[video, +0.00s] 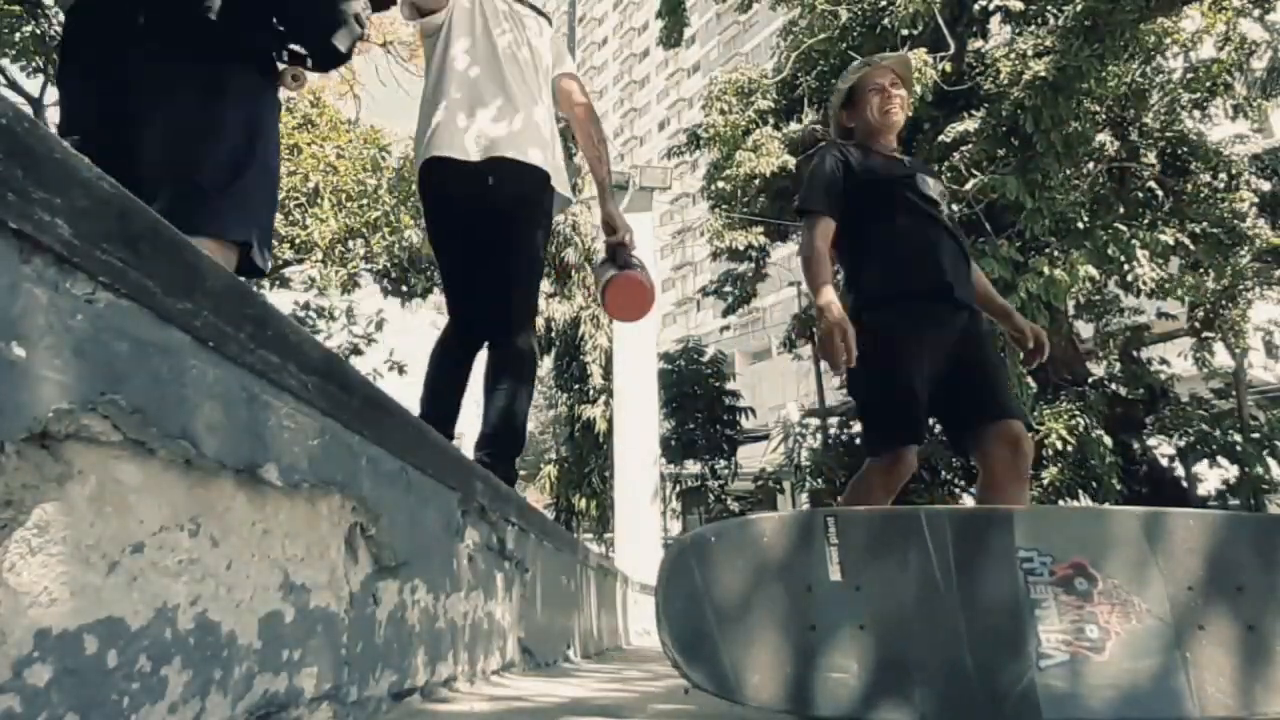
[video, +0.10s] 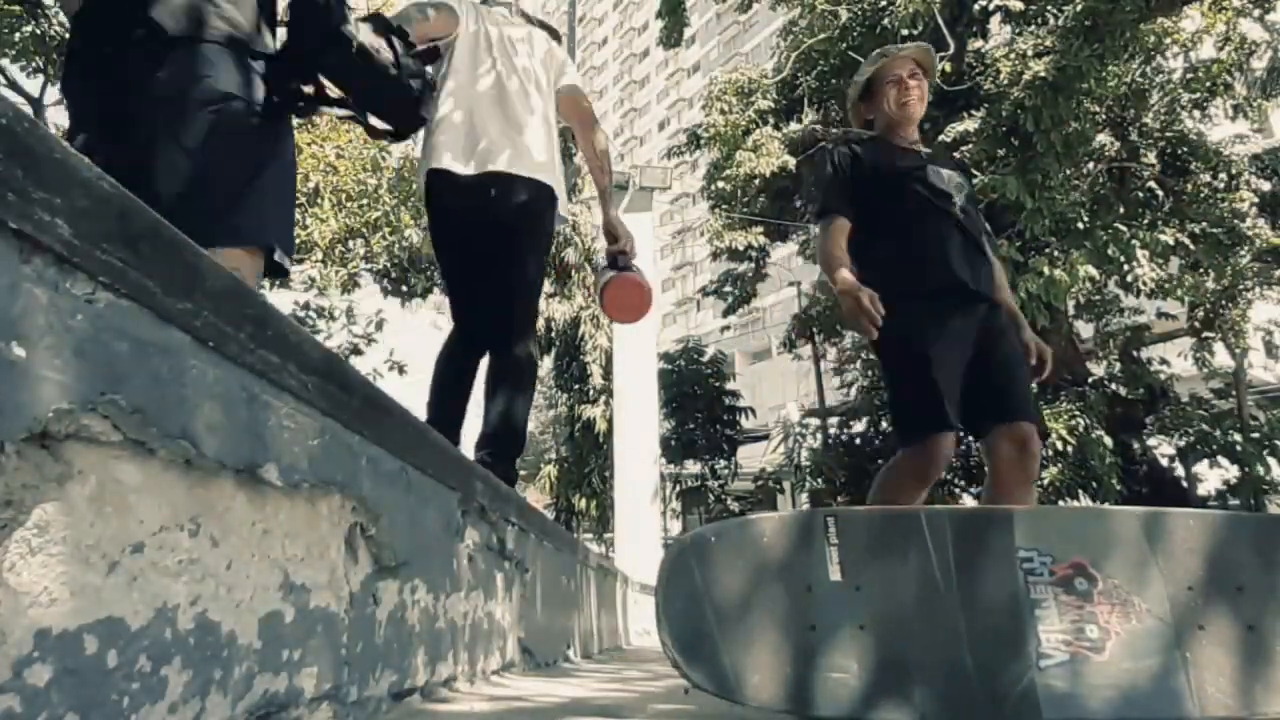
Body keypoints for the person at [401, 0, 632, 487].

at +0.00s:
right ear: (527, 5)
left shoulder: (447, 7)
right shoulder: (542, 30)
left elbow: (406, 2)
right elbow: (578, 105)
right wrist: (608, 202)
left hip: (445, 160)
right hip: (523, 167)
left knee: (464, 323)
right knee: (516, 329)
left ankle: (426, 450)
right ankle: (494, 473)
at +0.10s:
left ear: (480, 0)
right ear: (525, 9)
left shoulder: (460, 12)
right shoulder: (548, 43)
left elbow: (414, 26)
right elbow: (587, 124)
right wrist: (609, 210)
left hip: (452, 177)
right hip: (529, 185)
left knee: (468, 328)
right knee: (518, 333)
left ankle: (435, 454)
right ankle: (496, 472)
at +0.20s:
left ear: (485, 24)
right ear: (533, 39)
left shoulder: (462, 31)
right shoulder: (552, 66)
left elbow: (445, 59)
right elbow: (588, 136)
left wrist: (410, 92)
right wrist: (608, 225)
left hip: (459, 196)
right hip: (530, 202)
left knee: (475, 334)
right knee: (518, 340)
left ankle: (437, 454)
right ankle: (496, 473)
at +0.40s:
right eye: (543, 105)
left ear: (495, 93)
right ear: (536, 104)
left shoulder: (467, 106)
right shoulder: (554, 129)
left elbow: (453, 145)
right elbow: (583, 197)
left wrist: (421, 221)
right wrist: (593, 287)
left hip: (461, 246)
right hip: (529, 252)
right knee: (505, 377)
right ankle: (485, 485)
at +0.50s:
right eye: (544, 128)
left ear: (495, 115)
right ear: (537, 124)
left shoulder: (465, 132)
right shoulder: (553, 151)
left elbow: (448, 182)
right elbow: (578, 213)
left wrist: (420, 249)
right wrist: (588, 299)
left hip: (464, 261)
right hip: (528, 260)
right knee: (514, 373)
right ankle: (495, 461)